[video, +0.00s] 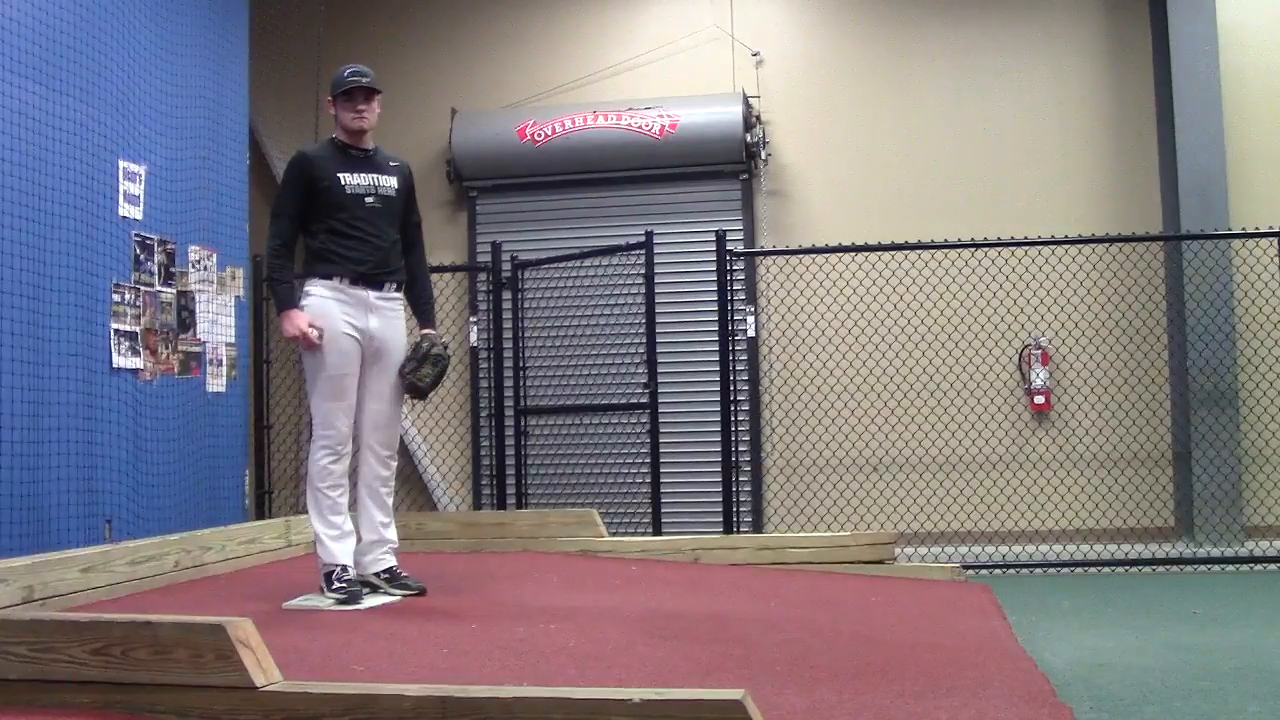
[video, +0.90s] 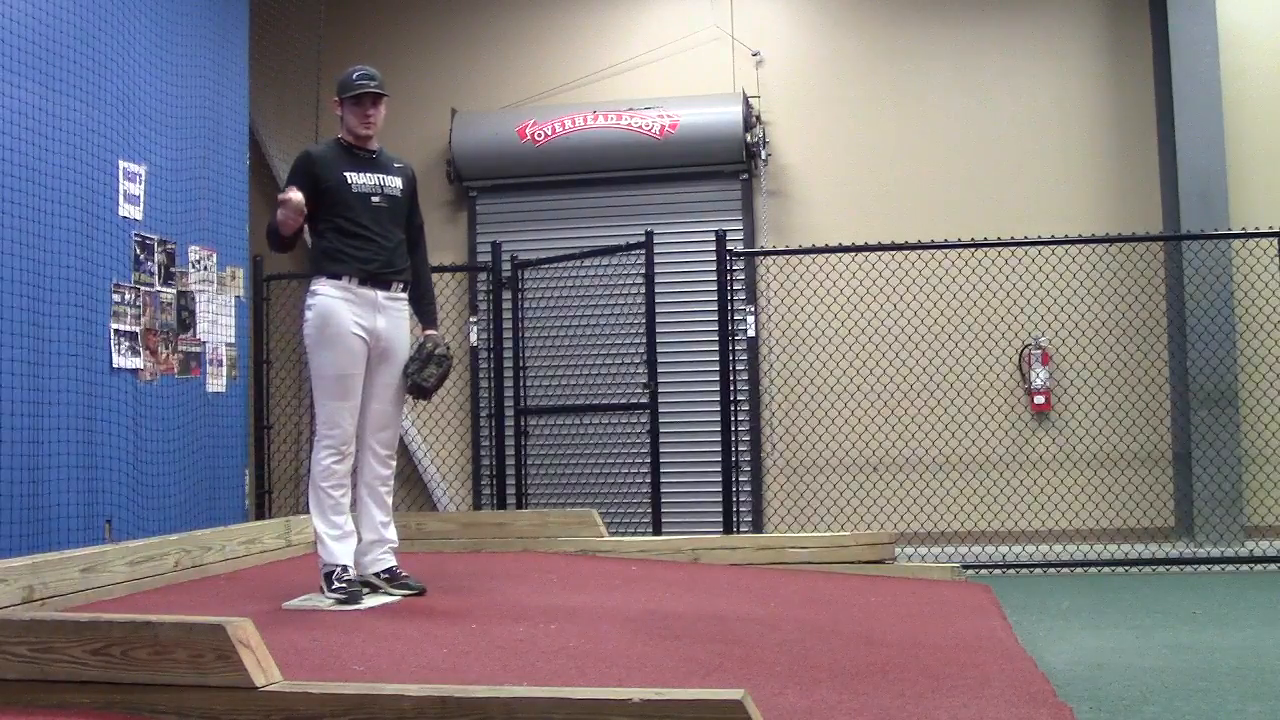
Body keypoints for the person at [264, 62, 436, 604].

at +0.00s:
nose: (361, 106)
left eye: (368, 98)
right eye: (351, 99)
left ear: (380, 106)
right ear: (332, 107)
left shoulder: (398, 171)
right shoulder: (309, 163)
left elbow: (413, 252)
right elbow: (279, 243)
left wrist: (426, 321)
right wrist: (288, 306)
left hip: (390, 308)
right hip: (329, 303)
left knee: (381, 441)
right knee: (334, 438)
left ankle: (378, 561)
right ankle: (336, 565)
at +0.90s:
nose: (369, 111)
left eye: (376, 102)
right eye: (359, 103)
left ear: (386, 109)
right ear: (339, 109)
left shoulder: (401, 172)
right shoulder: (315, 162)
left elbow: (417, 254)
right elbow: (280, 243)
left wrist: (428, 324)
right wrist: (285, 223)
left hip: (395, 309)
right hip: (337, 304)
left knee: (381, 444)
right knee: (337, 441)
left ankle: (378, 561)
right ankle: (336, 564)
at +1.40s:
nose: (373, 112)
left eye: (380, 104)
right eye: (363, 104)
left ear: (390, 110)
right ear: (344, 109)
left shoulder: (403, 176)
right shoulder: (320, 161)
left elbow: (416, 256)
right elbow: (294, 228)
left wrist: (426, 325)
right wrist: (364, 218)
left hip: (395, 308)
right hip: (338, 302)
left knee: (381, 441)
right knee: (338, 438)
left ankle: (377, 562)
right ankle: (337, 565)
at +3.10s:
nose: (391, 111)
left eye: (393, 103)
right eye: (381, 102)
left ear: (392, 110)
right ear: (352, 106)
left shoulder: (403, 172)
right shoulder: (319, 162)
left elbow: (415, 244)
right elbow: (301, 235)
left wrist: (421, 246)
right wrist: (376, 231)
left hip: (392, 308)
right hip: (337, 304)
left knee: (379, 439)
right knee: (338, 437)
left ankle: (376, 561)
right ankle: (336, 565)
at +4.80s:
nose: (395, 125)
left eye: (402, 116)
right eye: (385, 116)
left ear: (411, 121)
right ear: (365, 120)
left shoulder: (422, 166)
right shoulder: (341, 174)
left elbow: (421, 232)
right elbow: (308, 241)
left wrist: (345, 218)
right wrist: (297, 212)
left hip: (417, 311)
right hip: (360, 317)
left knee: (385, 410)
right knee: (361, 435)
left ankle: (415, 544)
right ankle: (379, 568)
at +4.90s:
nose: (391, 125)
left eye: (398, 117)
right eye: (381, 117)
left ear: (408, 121)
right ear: (362, 120)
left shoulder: (417, 163)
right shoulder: (340, 173)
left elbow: (413, 223)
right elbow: (296, 232)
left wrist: (338, 199)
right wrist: (303, 196)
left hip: (420, 298)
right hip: (365, 308)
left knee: (361, 362)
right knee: (368, 427)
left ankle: (379, 515)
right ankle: (381, 566)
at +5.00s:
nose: (385, 126)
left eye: (392, 117)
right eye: (375, 118)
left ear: (403, 120)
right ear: (357, 121)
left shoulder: (415, 159)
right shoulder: (341, 171)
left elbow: (408, 213)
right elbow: (287, 222)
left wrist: (335, 181)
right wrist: (298, 180)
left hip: (427, 294)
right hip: (369, 305)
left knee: (351, 297)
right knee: (369, 440)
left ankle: (351, 442)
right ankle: (380, 566)